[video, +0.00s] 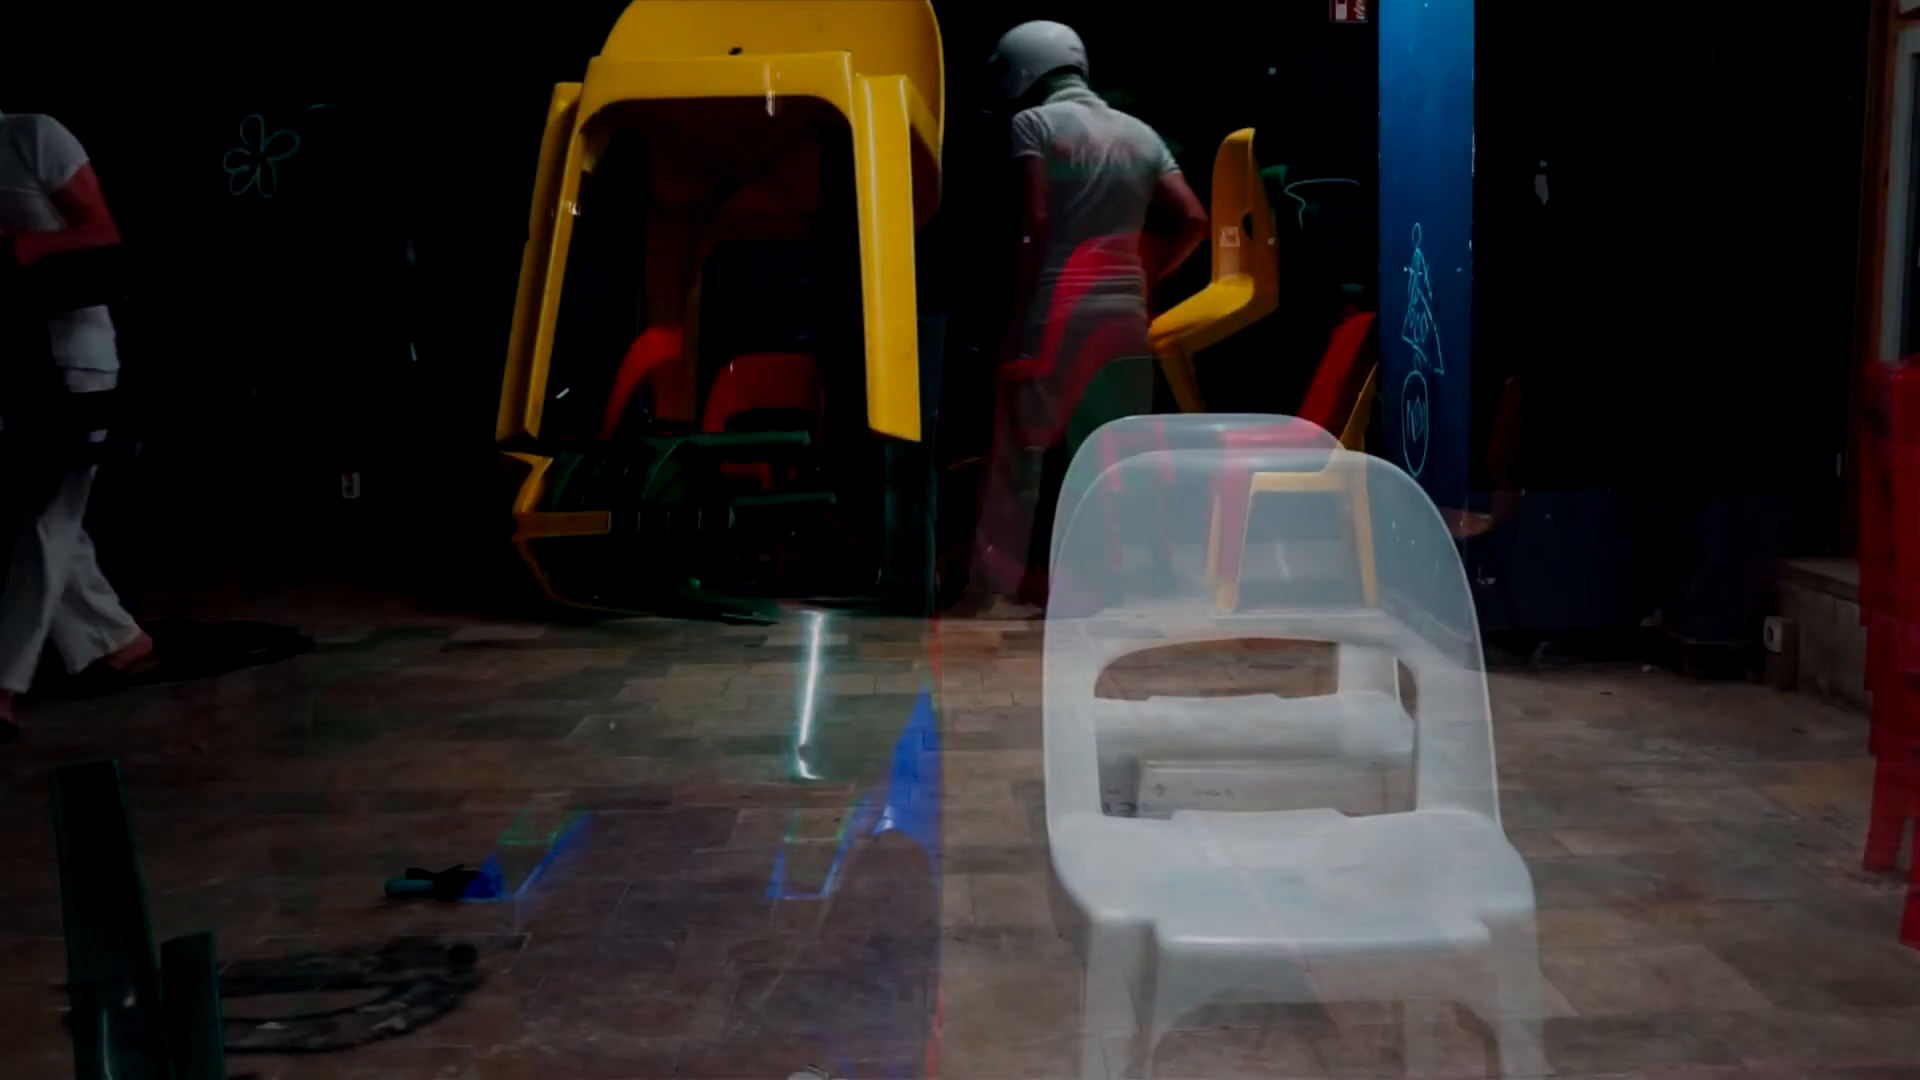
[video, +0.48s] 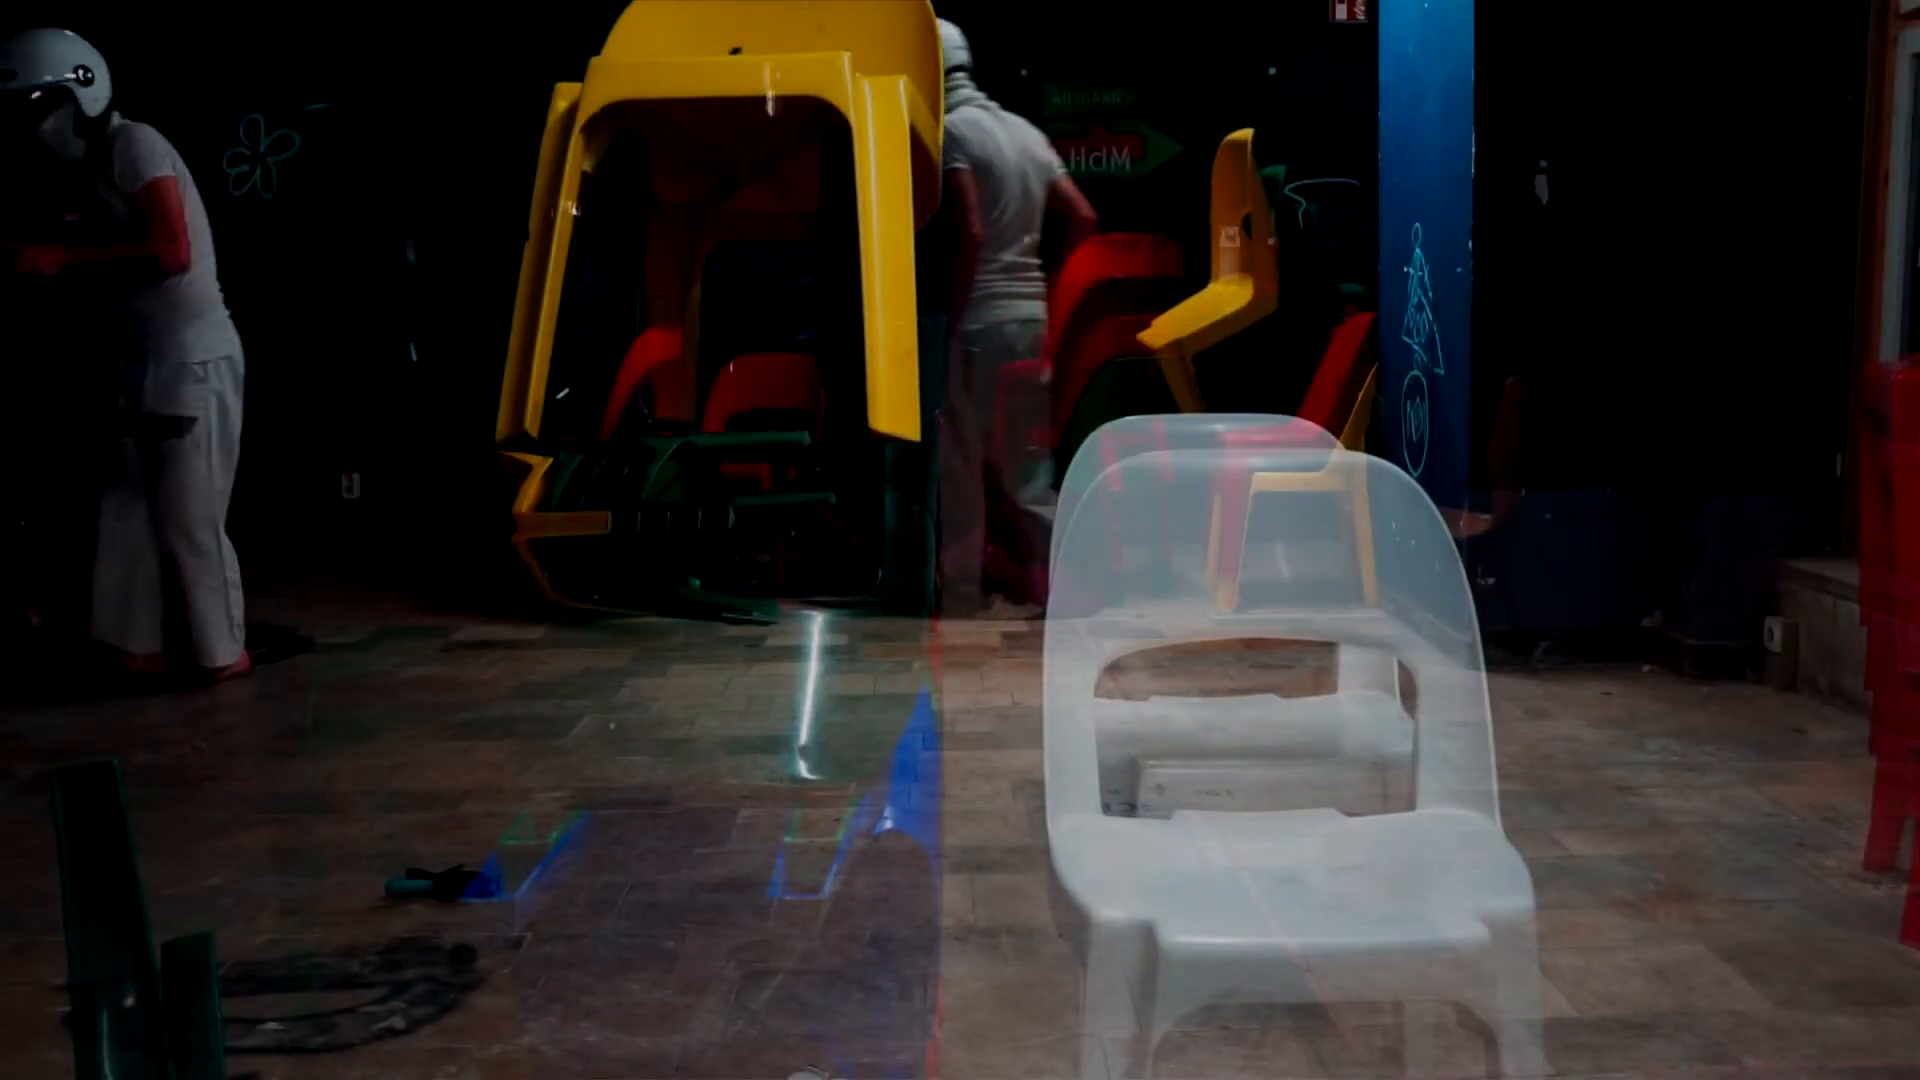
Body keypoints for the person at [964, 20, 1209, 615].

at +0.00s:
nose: (1010, 89)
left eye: (1011, 78)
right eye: (1009, 80)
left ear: (1026, 75)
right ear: (1077, 68)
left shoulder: (1032, 125)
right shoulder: (1137, 132)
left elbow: (1032, 228)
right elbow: (1194, 221)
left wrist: (1013, 311)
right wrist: (1140, 278)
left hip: (1058, 312)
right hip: (1127, 314)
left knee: (1021, 453)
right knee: (1124, 454)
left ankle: (993, 592)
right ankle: (1127, 592)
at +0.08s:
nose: (993, 89)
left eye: (995, 78)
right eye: (991, 79)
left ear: (1012, 74)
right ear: (1062, 67)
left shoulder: (1022, 125)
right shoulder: (1123, 131)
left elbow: (1033, 226)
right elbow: (1182, 221)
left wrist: (1014, 321)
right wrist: (1133, 276)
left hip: (1051, 315)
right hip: (1117, 314)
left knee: (1009, 454)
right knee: (1115, 451)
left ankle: (978, 594)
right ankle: (1121, 586)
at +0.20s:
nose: (964, 94)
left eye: (966, 81)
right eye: (961, 83)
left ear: (986, 77)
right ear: (1035, 68)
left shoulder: (1000, 131)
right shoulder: (1097, 134)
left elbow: (1022, 230)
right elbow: (1155, 225)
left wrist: (1012, 339)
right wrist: (1100, 272)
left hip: (1032, 327)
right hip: (1094, 325)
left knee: (996, 459)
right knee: (1089, 454)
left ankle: (968, 594)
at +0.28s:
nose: (943, 90)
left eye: (946, 77)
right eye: (943, 78)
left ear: (963, 73)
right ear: (1014, 65)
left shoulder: (982, 131)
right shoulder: (1075, 132)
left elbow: (1009, 233)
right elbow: (1135, 223)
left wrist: (1001, 341)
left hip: (1013, 320)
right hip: (1075, 320)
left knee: (984, 463)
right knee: (1077, 458)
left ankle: (968, 595)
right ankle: (1100, 589)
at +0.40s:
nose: (917, 85)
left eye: (921, 71)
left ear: (936, 71)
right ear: (982, 65)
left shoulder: (958, 133)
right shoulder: (1043, 131)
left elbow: (985, 230)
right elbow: (1101, 220)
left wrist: (965, 335)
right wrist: (1054, 279)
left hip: (985, 317)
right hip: (1046, 312)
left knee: (966, 465)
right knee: (1051, 465)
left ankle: (964, 604)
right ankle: (1089, 589)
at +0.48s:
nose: (909, 90)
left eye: (910, 76)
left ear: (926, 74)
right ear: (966, 67)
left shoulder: (944, 131)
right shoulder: (1023, 132)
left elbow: (969, 228)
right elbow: (1082, 219)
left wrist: (948, 310)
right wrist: (1046, 284)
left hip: (974, 315)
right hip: (1030, 309)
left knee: (957, 460)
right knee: (1028, 464)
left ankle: (959, 603)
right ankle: (1065, 593)